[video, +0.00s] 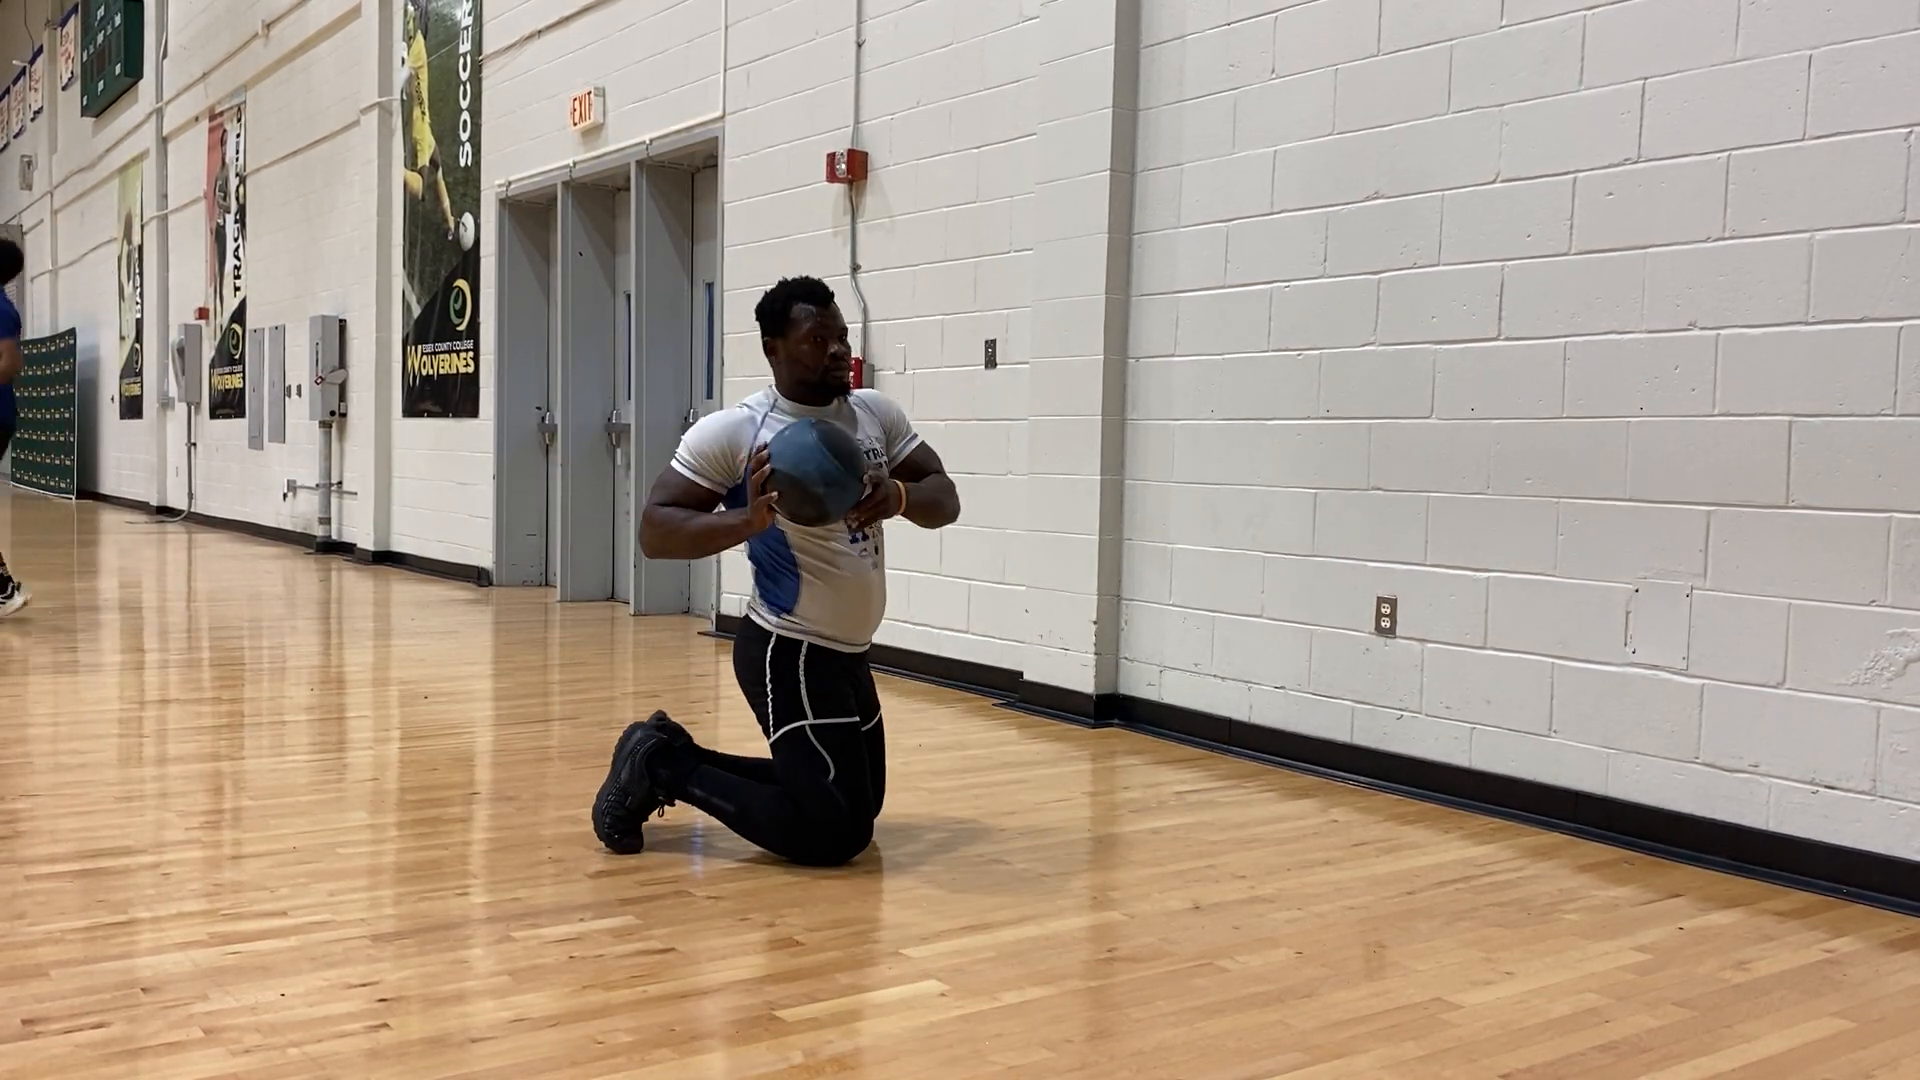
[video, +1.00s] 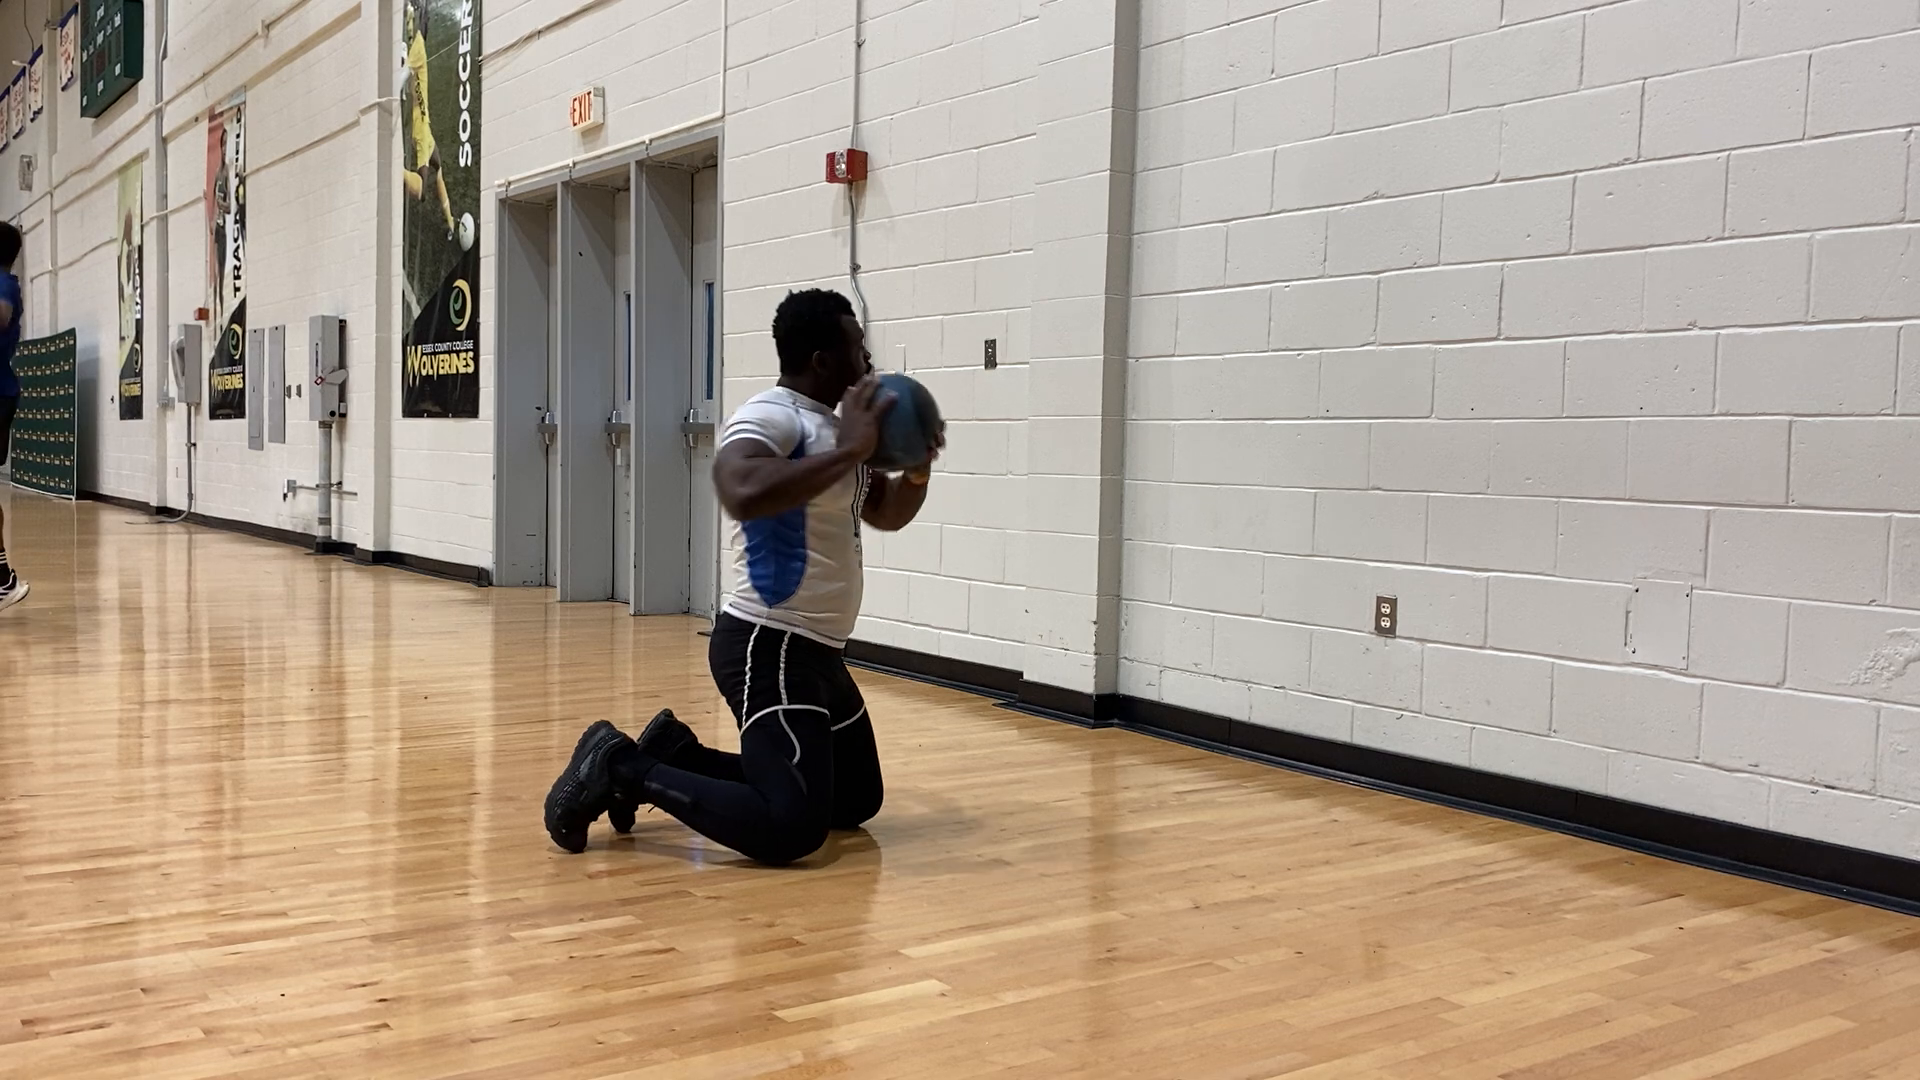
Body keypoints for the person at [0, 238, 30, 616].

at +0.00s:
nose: (14, 279)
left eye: (11, 267)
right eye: (14, 270)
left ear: (2, 269)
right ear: (12, 271)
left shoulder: (6, 310)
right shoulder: (6, 310)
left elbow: (11, 363)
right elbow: (11, 363)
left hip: (2, 418)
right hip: (3, 417)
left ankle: (3, 582)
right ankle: (2, 581)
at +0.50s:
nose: (8, 269)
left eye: (8, 262)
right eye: (8, 262)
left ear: (7, 262)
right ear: (5, 262)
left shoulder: (6, 295)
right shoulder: (5, 296)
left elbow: (5, 333)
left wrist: (5, 396)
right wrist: (5, 397)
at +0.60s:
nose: (5, 254)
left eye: (4, 247)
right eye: (5, 248)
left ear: (2, 251)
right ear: (5, 252)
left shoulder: (4, 284)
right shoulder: (6, 286)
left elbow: (7, 314)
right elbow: (8, 315)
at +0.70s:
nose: (7, 267)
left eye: (4, 261)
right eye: (6, 262)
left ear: (2, 266)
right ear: (6, 265)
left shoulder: (5, 307)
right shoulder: (5, 307)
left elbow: (9, 360)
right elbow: (9, 359)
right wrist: (3, 382)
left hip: (3, 409)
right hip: (4, 408)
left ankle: (5, 583)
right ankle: (5, 582)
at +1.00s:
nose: (14, 253)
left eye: (7, 244)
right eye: (15, 245)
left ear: (1, 250)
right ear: (14, 251)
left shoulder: (8, 285)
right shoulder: (12, 286)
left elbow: (5, 320)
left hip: (4, 394)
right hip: (4, 393)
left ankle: (4, 576)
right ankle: (3, 575)